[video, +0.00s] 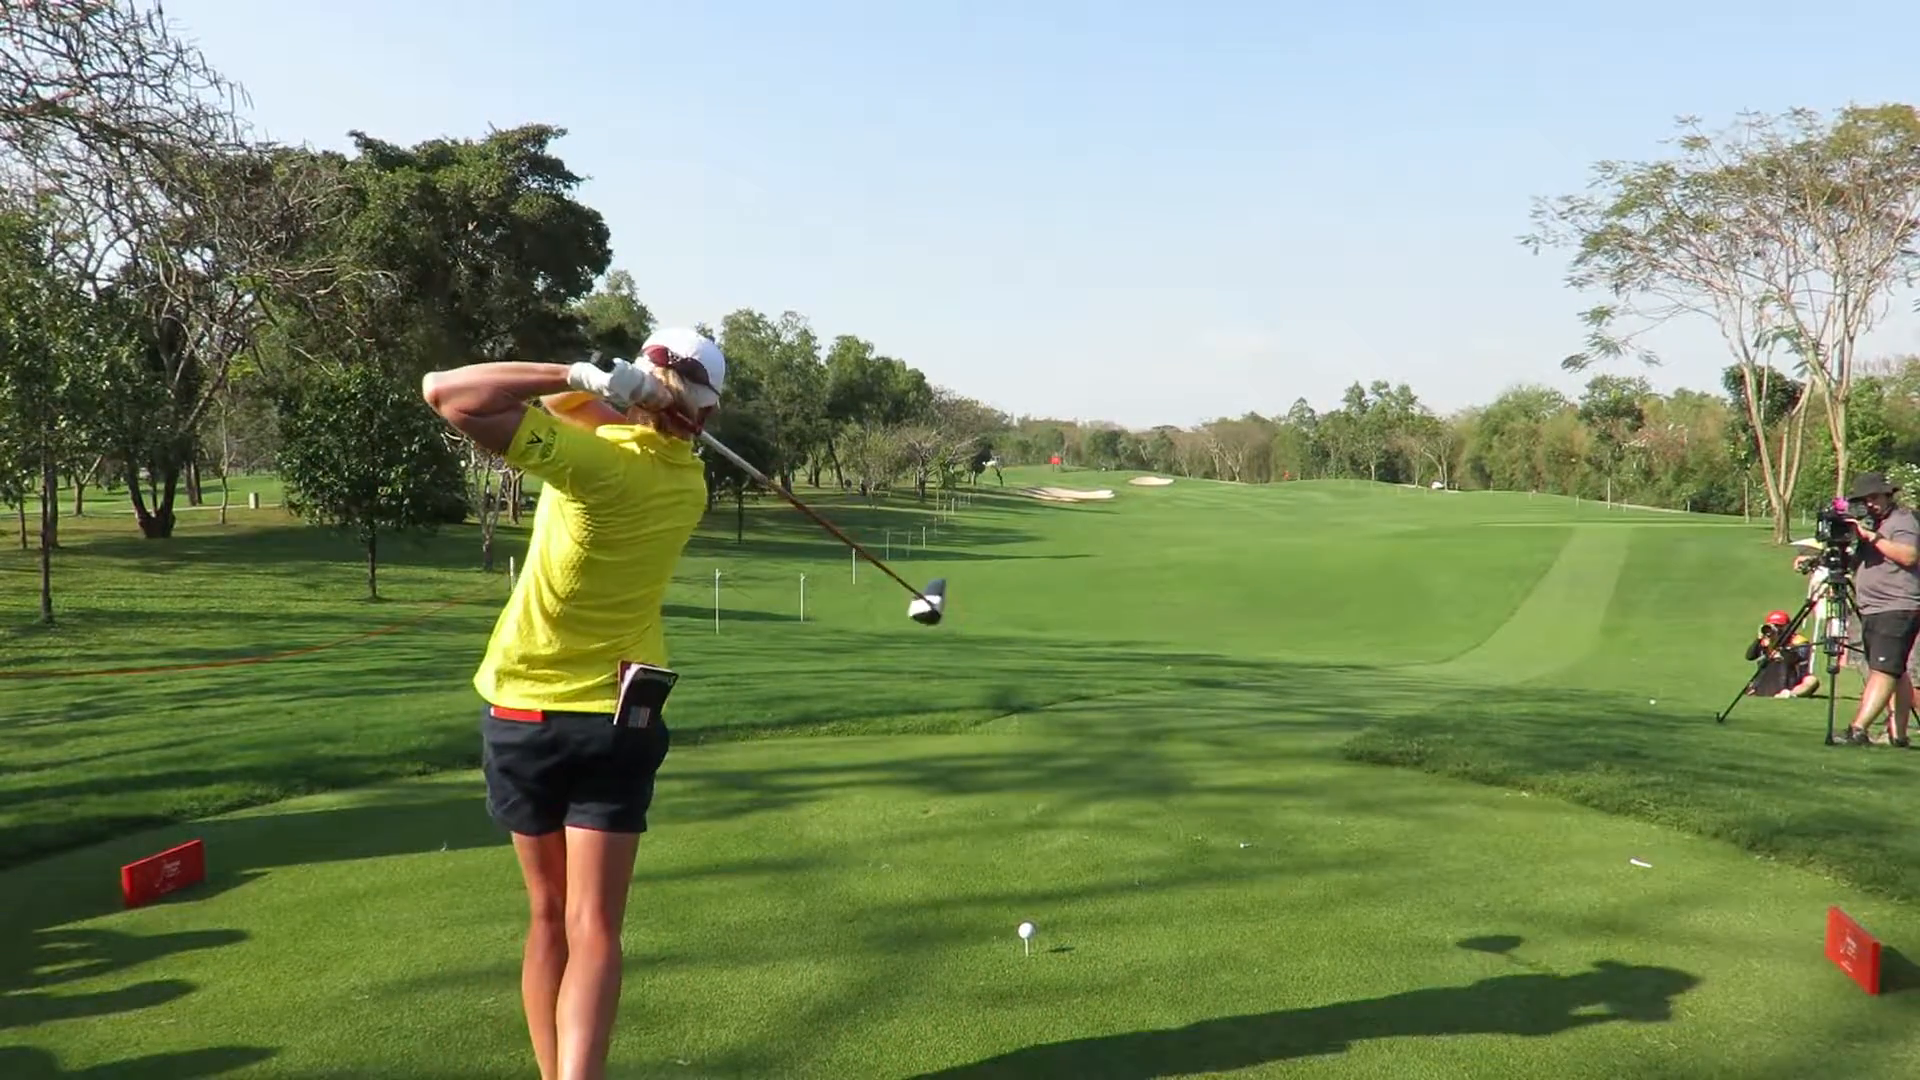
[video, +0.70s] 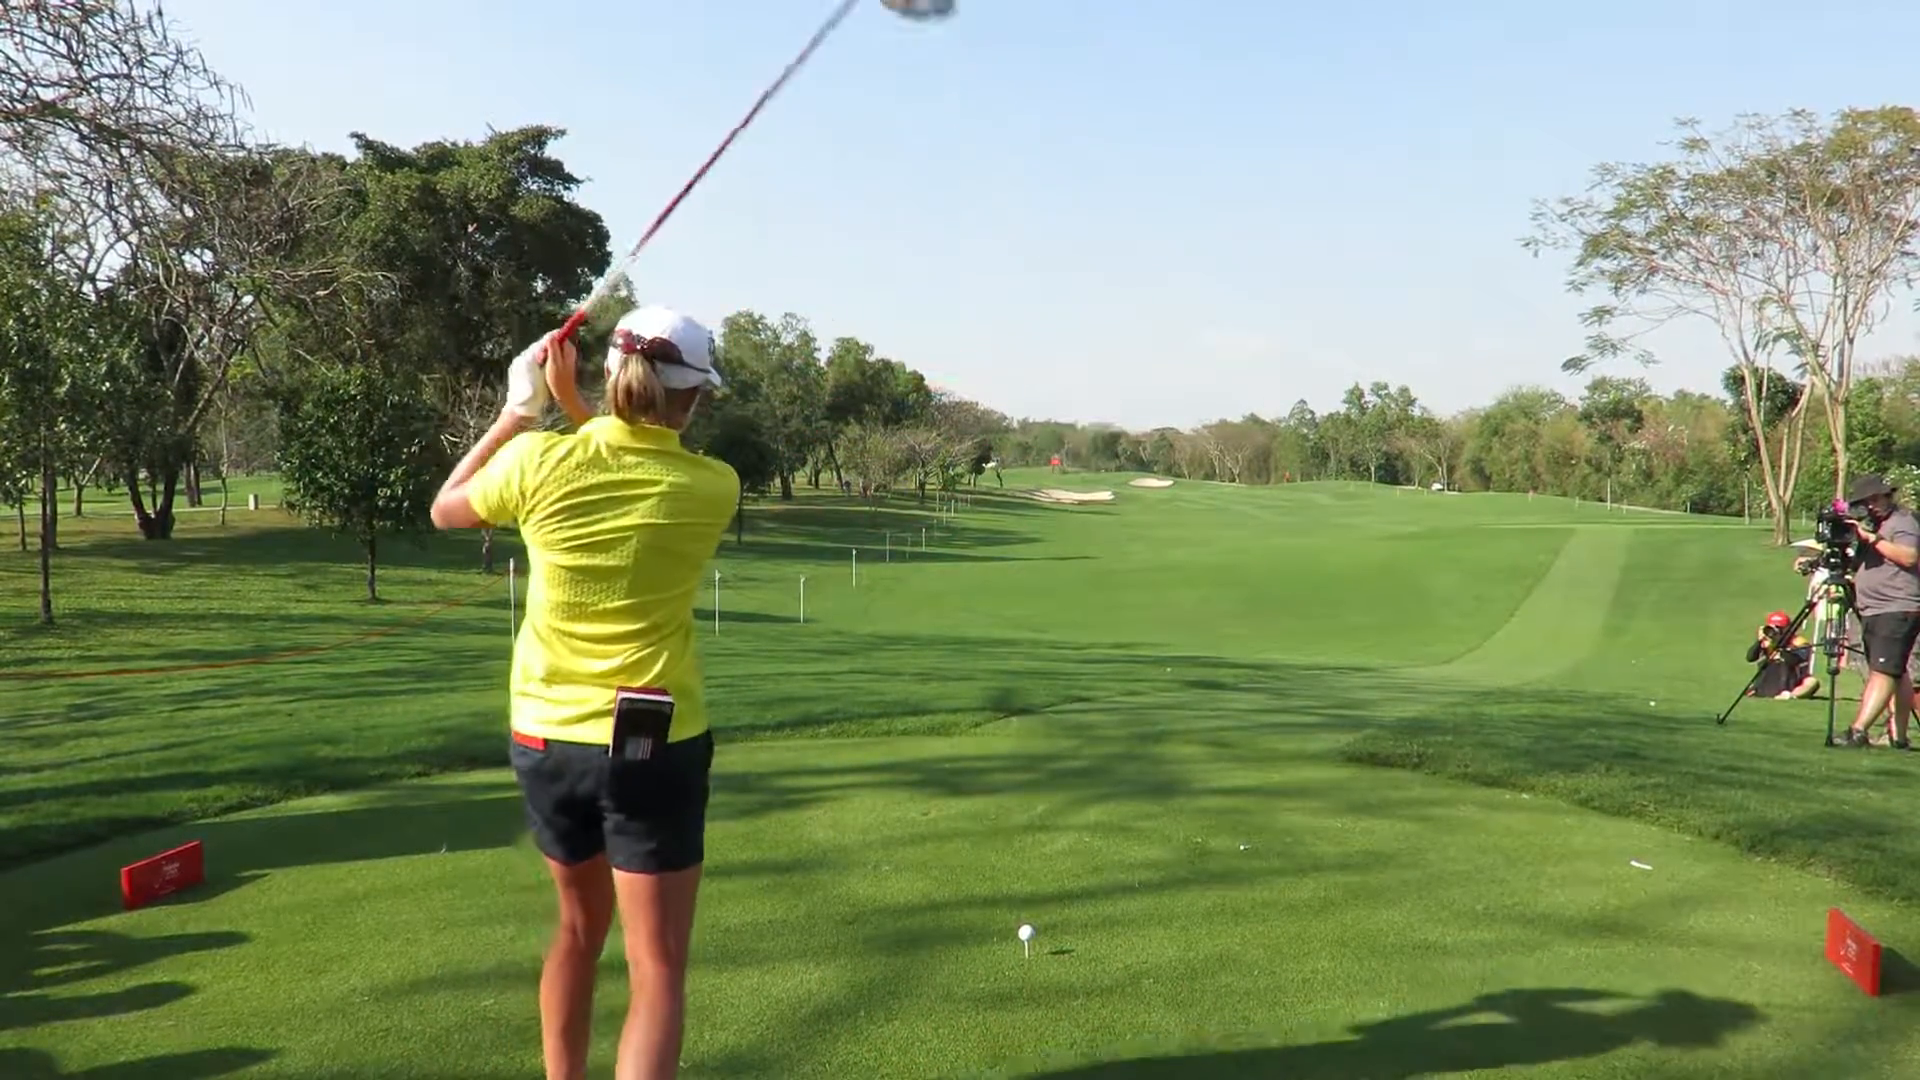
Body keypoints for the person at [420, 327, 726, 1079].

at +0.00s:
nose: (699, 407)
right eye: (702, 396)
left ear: (638, 387)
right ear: (698, 413)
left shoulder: (591, 457)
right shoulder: (688, 482)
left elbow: (449, 392)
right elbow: (578, 416)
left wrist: (585, 377)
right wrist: (634, 393)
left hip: (524, 714)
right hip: (619, 715)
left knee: (546, 915)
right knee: (596, 921)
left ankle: (554, 1071)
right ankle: (578, 1073)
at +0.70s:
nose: (705, 403)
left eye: (703, 390)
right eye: (702, 391)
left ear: (613, 383)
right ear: (691, 397)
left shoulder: (542, 461)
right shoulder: (712, 489)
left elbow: (447, 507)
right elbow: (638, 463)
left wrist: (513, 413)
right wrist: (573, 399)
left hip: (549, 740)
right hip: (657, 745)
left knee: (577, 929)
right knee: (658, 964)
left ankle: (562, 1073)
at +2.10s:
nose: (593, 343)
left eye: (591, 321)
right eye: (595, 324)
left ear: (453, 308)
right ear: (578, 329)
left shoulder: (336, 443)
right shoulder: (608, 472)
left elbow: (193, 655)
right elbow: (675, 742)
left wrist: (328, 772)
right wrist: (654, 832)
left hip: (349, 906)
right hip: (526, 916)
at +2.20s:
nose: (590, 336)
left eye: (588, 312)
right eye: (593, 316)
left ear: (447, 298)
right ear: (577, 321)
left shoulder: (324, 439)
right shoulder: (606, 468)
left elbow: (179, 656)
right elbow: (666, 754)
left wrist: (318, 785)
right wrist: (657, 867)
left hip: (336, 905)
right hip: (523, 917)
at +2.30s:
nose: (588, 332)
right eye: (591, 312)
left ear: (440, 292)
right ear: (575, 317)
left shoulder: (313, 436)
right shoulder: (602, 468)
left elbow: (169, 661)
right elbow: (659, 766)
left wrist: (310, 795)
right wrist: (658, 891)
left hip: (327, 911)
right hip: (520, 922)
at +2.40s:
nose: (581, 326)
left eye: (580, 301)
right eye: (585, 305)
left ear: (436, 284)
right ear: (568, 311)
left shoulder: (305, 434)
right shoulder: (598, 467)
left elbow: (170, 669)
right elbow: (647, 770)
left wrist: (294, 806)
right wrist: (660, 919)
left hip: (319, 916)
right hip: (517, 928)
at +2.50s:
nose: (580, 329)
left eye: (580, 305)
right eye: (582, 307)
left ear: (432, 284)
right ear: (562, 311)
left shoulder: (300, 434)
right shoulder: (595, 466)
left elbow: (171, 679)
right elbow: (644, 771)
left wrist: (283, 826)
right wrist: (659, 925)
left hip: (314, 917)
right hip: (511, 930)